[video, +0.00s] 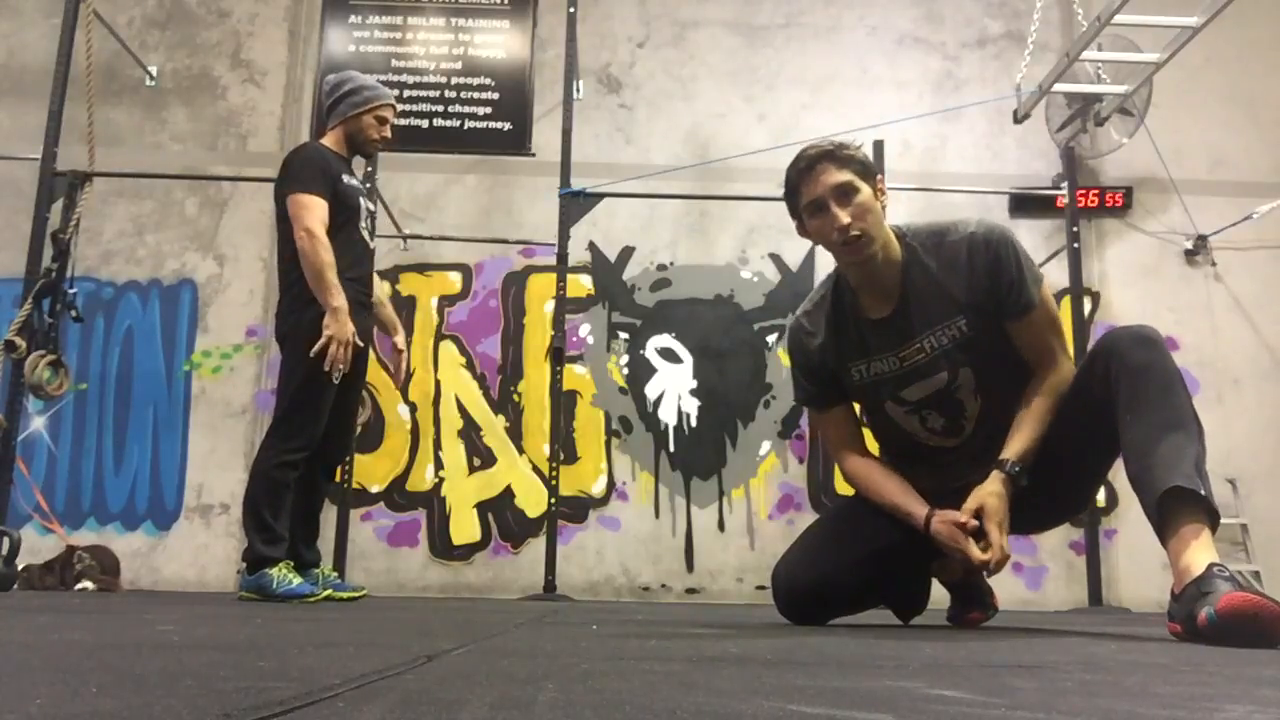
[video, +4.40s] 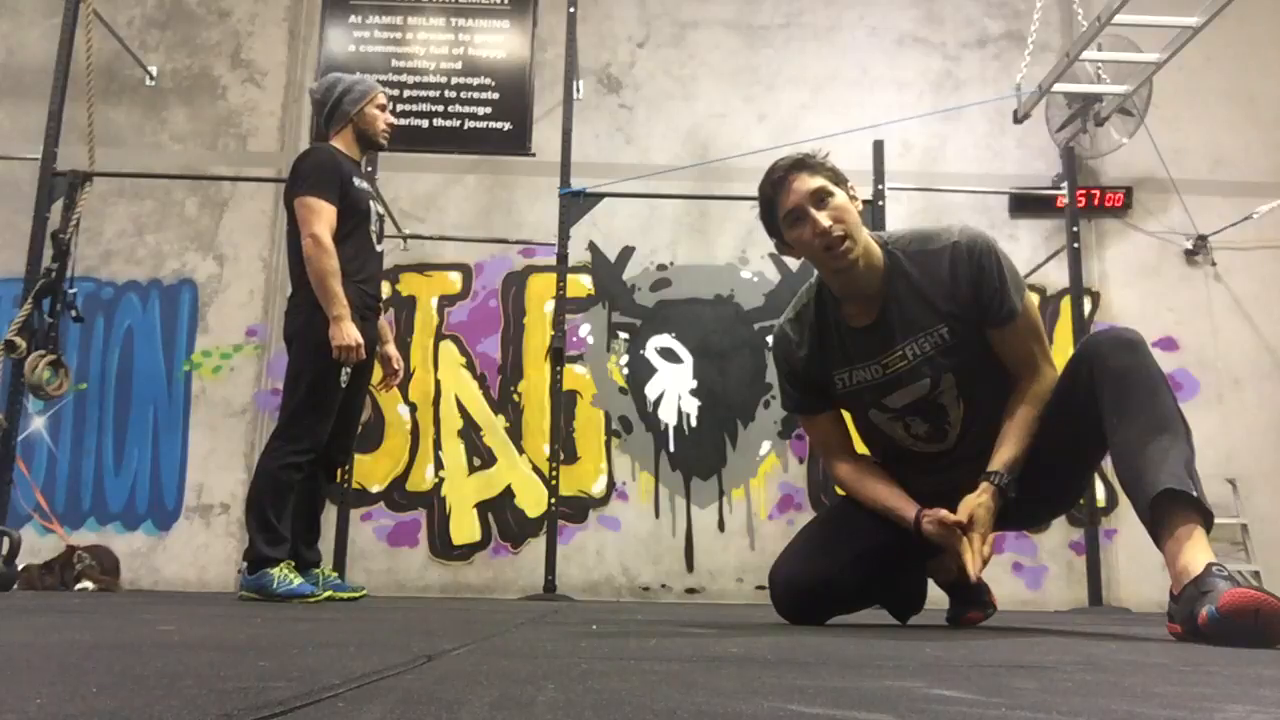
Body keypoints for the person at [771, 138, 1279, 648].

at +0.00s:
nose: (839, 221)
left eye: (846, 196)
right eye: (817, 214)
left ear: (879, 194)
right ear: (807, 235)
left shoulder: (982, 254)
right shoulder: (815, 333)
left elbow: (1055, 370)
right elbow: (848, 454)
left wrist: (1003, 478)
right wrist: (928, 518)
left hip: (1030, 470)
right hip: (922, 496)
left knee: (1134, 347)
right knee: (799, 591)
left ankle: (1197, 574)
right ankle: (946, 562)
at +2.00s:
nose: (822, 223)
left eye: (828, 200)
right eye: (800, 221)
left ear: (863, 195)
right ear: (793, 245)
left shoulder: (970, 259)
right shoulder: (804, 340)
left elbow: (1040, 379)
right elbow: (841, 456)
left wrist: (992, 485)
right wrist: (916, 516)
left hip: (1018, 472)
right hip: (913, 497)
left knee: (1120, 349)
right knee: (796, 590)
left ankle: (1195, 578)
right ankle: (940, 560)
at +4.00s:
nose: (820, 221)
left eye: (823, 199)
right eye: (797, 221)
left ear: (854, 197)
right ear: (788, 250)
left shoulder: (963, 259)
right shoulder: (800, 343)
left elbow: (1037, 378)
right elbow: (839, 458)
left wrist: (992, 488)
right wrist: (918, 519)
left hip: (1015, 469)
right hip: (911, 496)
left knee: (1115, 348)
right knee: (795, 591)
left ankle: (1195, 578)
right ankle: (934, 561)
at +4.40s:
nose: (820, 221)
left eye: (823, 199)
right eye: (797, 220)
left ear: (854, 198)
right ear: (788, 249)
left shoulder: (963, 259)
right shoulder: (800, 342)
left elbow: (1037, 378)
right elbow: (839, 458)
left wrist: (992, 488)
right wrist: (917, 519)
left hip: (1014, 469)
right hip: (909, 496)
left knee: (1116, 348)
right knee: (795, 591)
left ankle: (1195, 578)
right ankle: (935, 560)